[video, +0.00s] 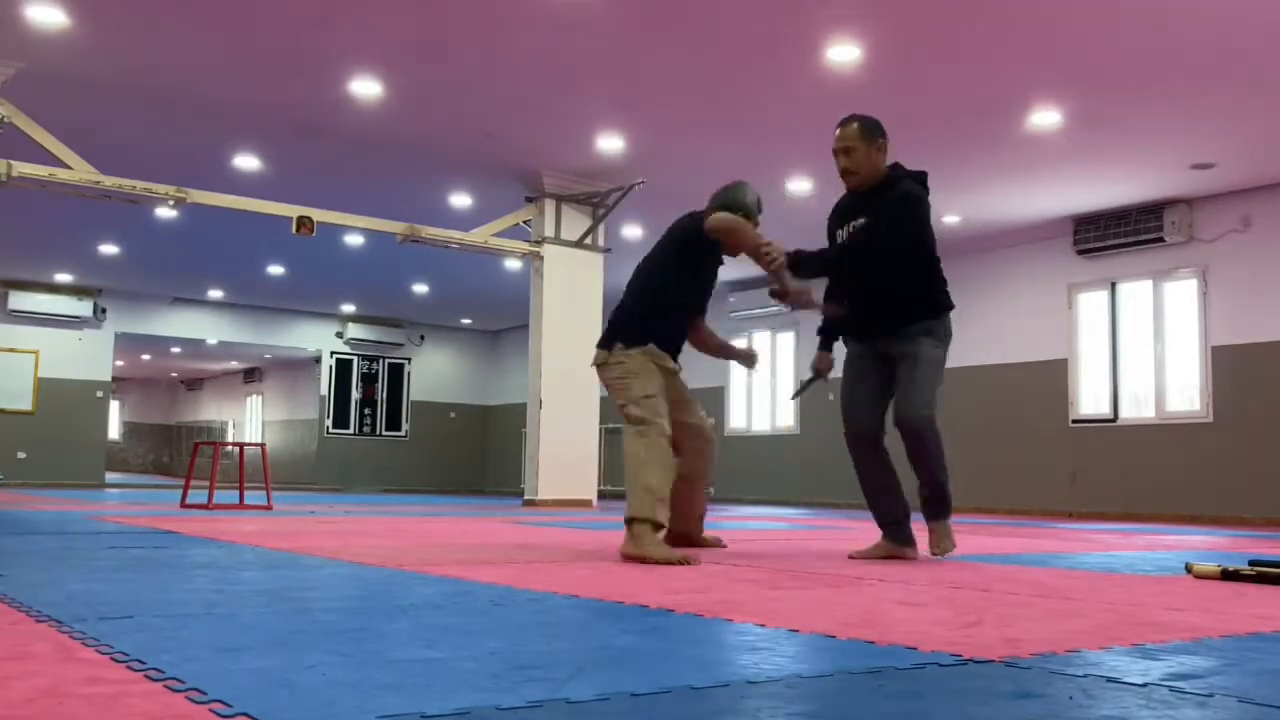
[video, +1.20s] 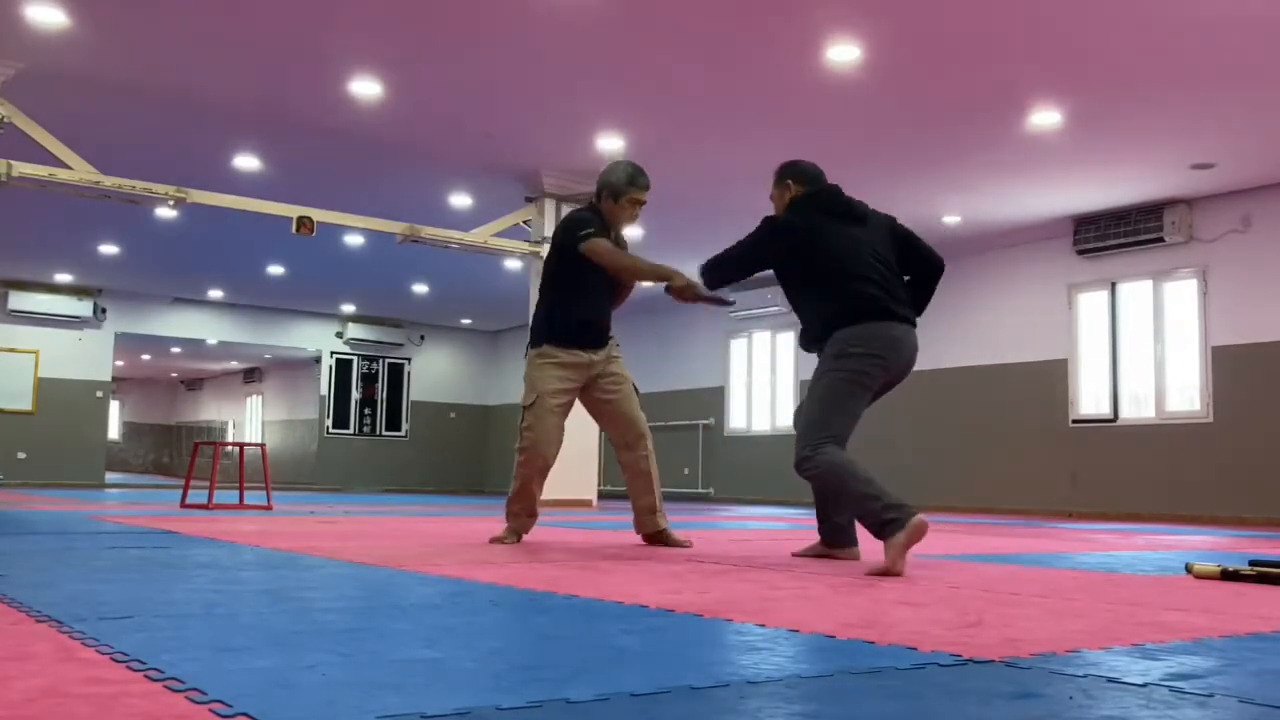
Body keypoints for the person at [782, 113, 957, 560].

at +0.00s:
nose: (841, 163)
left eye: (849, 152)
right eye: (836, 154)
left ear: (880, 149)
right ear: (835, 156)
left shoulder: (906, 193)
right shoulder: (843, 212)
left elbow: (867, 251)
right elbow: (840, 281)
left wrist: (797, 262)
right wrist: (825, 347)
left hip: (920, 328)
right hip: (866, 334)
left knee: (914, 417)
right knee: (859, 432)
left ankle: (937, 517)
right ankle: (897, 537)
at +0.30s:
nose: (801, 170)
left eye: (804, 159)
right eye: (800, 161)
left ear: (830, 152)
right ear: (833, 153)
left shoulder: (869, 185)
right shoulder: (859, 194)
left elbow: (859, 270)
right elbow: (894, 277)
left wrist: (838, 262)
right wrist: (860, 326)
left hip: (944, 309)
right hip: (915, 317)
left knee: (900, 420)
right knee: (877, 431)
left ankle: (939, 550)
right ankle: (905, 539)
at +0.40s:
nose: (803, 186)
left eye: (802, 173)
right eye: (799, 175)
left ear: (825, 160)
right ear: (828, 162)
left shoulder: (882, 179)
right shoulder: (850, 222)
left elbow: (911, 229)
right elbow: (838, 297)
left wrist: (851, 269)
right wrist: (771, 305)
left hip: (953, 314)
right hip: (933, 321)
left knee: (887, 418)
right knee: (905, 434)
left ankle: (937, 548)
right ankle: (985, 532)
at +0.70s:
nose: (801, 184)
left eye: (802, 170)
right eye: (799, 173)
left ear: (824, 157)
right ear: (830, 160)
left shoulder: (888, 180)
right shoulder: (848, 223)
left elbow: (932, 241)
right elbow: (814, 282)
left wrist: (862, 282)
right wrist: (748, 308)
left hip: (950, 318)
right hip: (942, 324)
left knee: (875, 423)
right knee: (947, 448)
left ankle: (935, 550)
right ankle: (1039, 537)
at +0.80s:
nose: (799, 179)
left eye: (798, 165)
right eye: (796, 168)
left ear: (818, 152)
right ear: (834, 150)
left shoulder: (855, 187)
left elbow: (838, 267)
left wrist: (803, 268)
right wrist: (840, 322)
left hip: (933, 314)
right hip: (944, 311)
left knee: (867, 428)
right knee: (889, 425)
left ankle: (934, 550)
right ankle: (972, 516)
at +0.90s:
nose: (793, 181)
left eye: (793, 170)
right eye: (790, 172)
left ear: (813, 158)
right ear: (841, 156)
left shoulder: (819, 200)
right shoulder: (900, 185)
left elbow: (770, 268)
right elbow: (964, 227)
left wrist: (777, 246)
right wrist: (945, 288)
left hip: (906, 315)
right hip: (937, 312)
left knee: (855, 432)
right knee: (863, 425)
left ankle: (936, 549)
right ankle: (856, 535)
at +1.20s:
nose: (772, 206)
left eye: (774, 197)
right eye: (773, 197)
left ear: (790, 190)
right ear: (820, 188)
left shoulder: (785, 227)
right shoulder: (873, 219)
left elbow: (714, 274)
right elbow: (930, 264)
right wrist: (903, 313)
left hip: (858, 339)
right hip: (900, 340)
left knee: (814, 453)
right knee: (818, 428)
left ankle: (898, 523)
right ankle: (838, 538)